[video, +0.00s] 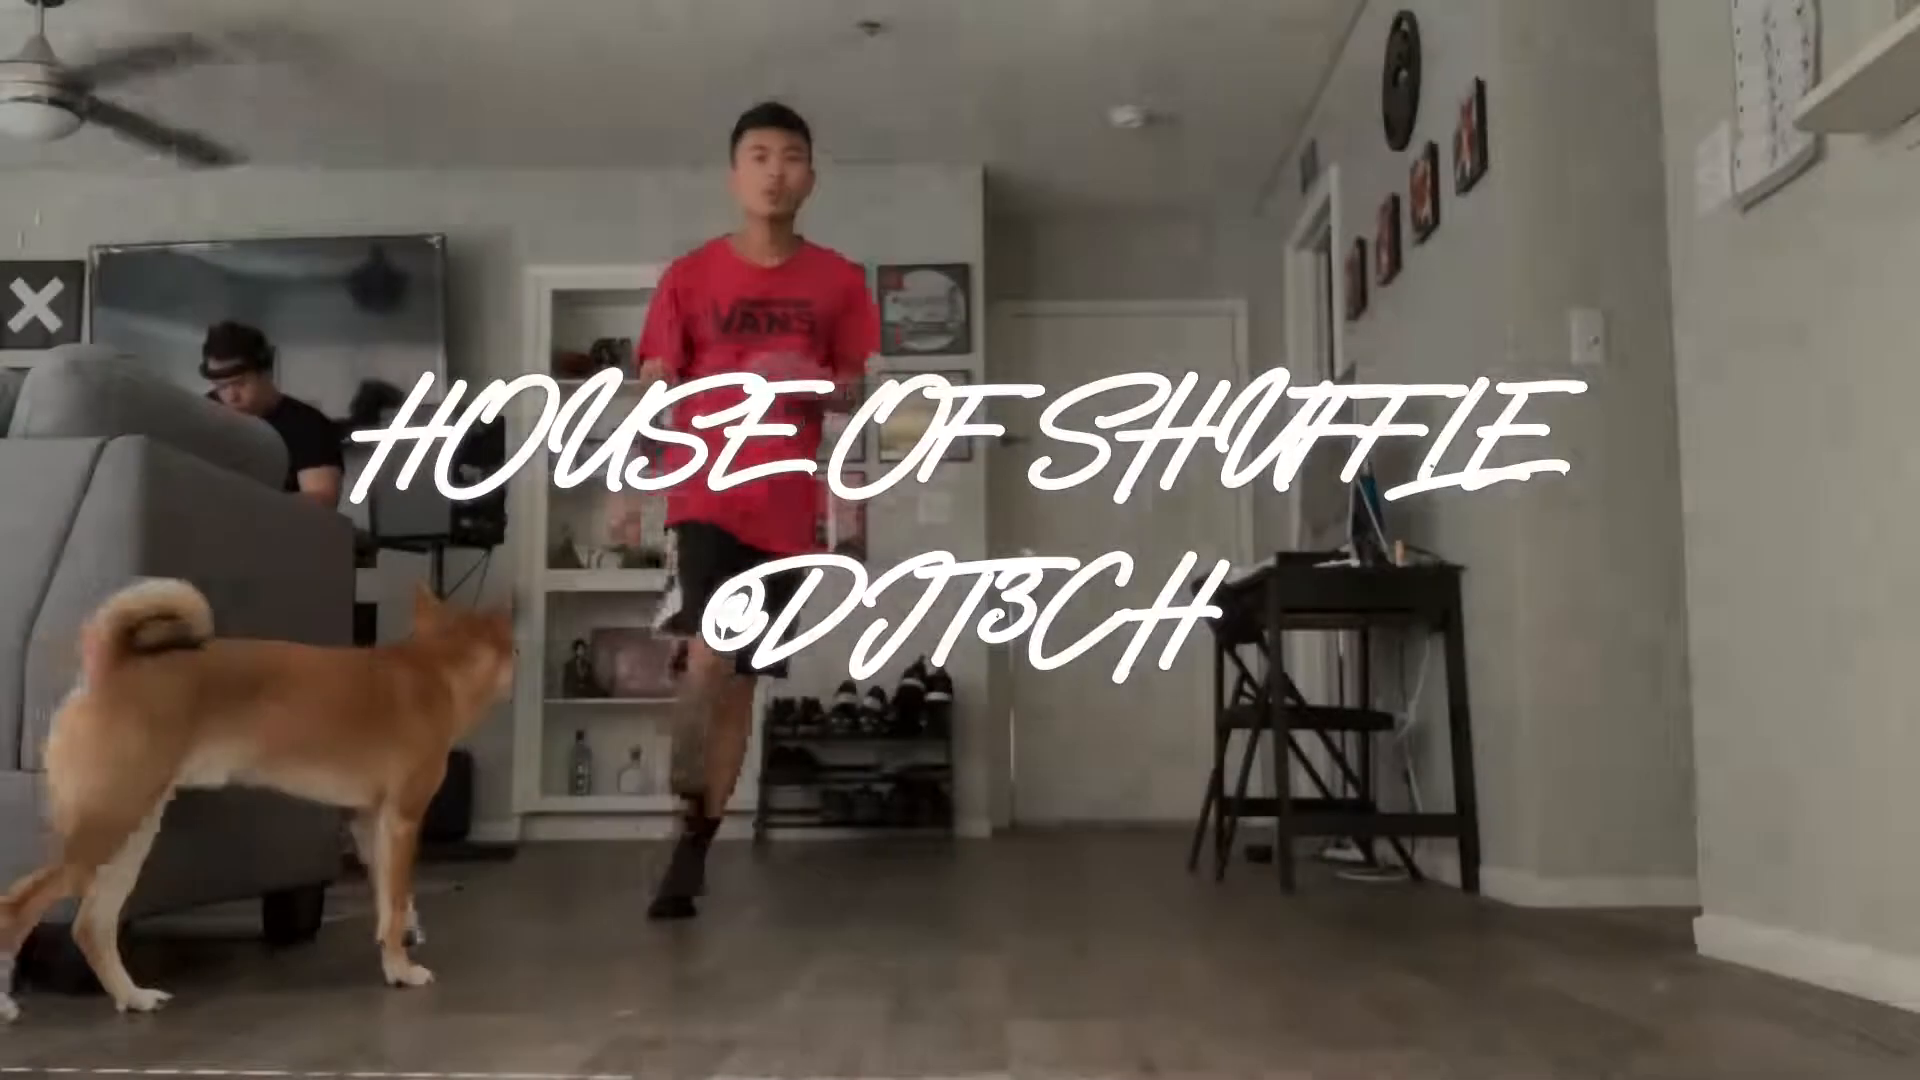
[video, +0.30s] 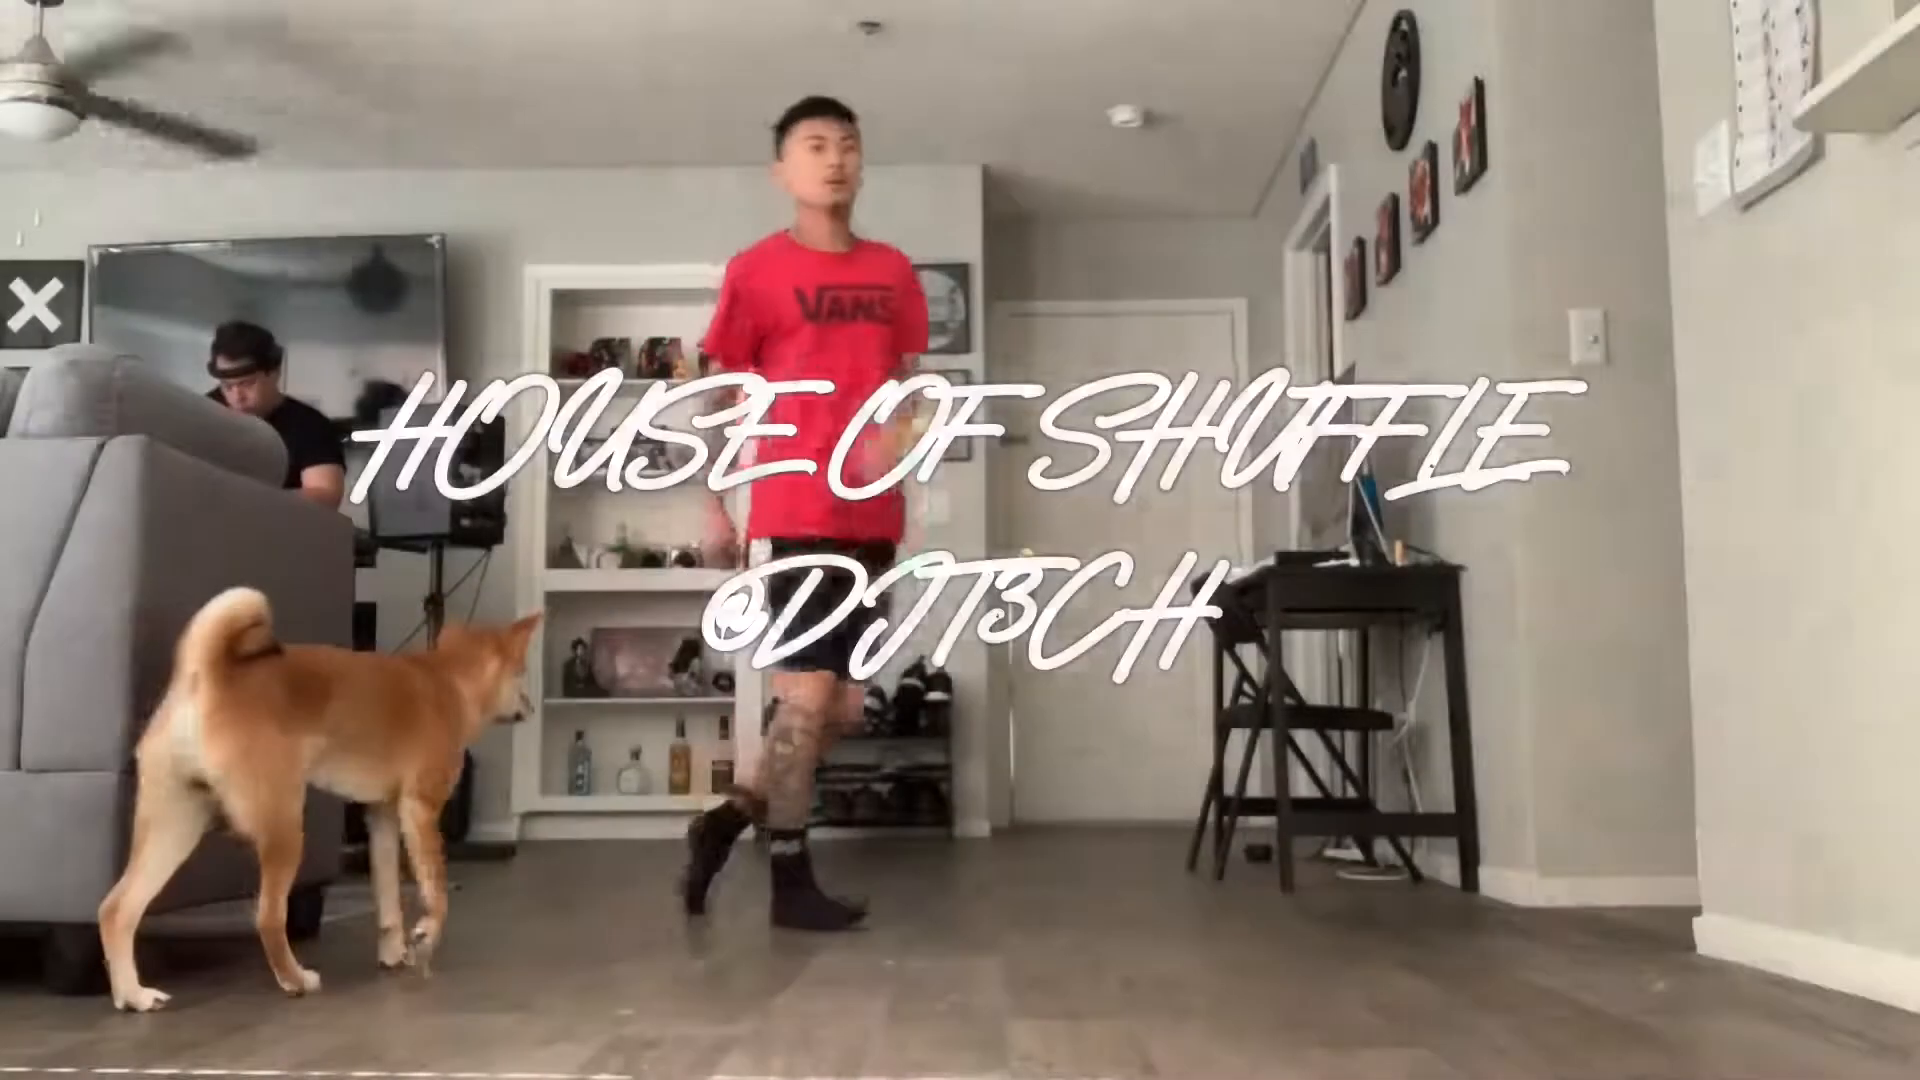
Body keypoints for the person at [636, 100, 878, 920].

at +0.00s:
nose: (776, 170)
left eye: (791, 158)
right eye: (760, 157)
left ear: (811, 177)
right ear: (732, 173)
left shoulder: (839, 281)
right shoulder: (688, 277)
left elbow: (862, 397)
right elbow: (652, 393)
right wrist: (628, 484)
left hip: (793, 503)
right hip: (705, 495)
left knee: (740, 682)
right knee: (709, 657)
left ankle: (695, 850)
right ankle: (691, 824)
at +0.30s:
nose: (836, 158)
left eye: (846, 147)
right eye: (817, 147)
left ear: (862, 167)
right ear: (781, 168)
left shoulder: (892, 270)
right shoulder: (754, 271)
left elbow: (909, 390)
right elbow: (719, 398)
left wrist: (916, 438)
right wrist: (714, 502)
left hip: (873, 510)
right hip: (788, 509)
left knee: (844, 706)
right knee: (802, 690)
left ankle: (725, 823)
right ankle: (791, 880)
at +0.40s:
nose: (885, 160)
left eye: (891, 150)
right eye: (865, 148)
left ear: (898, 176)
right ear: (819, 171)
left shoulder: (924, 282)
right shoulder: (789, 271)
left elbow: (941, 396)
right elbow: (757, 395)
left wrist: (932, 477)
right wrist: (770, 491)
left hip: (902, 522)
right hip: (821, 520)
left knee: (941, 690)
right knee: (839, 695)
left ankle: (812, 785)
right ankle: (797, 882)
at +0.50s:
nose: (935, 147)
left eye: (940, 136)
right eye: (916, 132)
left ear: (941, 162)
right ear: (864, 154)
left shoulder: (946, 267)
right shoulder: (841, 240)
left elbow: (953, 385)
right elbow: (792, 369)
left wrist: (969, 460)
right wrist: (841, 442)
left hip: (948, 516)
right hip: (868, 518)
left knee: (1010, 666)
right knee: (854, 690)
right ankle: (801, 875)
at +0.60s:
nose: (981, 161)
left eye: (982, 150)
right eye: (962, 145)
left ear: (976, 170)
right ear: (908, 162)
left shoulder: (967, 270)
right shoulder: (882, 249)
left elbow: (963, 380)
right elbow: (836, 356)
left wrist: (1001, 441)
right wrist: (914, 418)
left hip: (994, 513)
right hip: (915, 520)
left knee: (1057, 680)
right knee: (906, 693)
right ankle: (807, 868)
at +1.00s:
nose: (968, 119)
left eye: (977, 107)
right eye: (949, 105)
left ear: (985, 134)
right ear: (908, 129)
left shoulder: (983, 245)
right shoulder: (874, 215)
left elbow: (980, 370)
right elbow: (821, 333)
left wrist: (1007, 327)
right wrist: (902, 387)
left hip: (989, 490)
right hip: (912, 487)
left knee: (1026, 660)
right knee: (912, 661)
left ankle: (1016, 849)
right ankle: (822, 844)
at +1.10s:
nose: (939, 127)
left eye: (950, 115)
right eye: (921, 115)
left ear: (965, 137)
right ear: (885, 136)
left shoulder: (972, 252)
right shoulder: (848, 227)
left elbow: (988, 376)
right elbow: (796, 347)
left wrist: (995, 327)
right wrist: (868, 410)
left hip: (963, 496)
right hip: (882, 493)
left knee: (953, 677)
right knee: (887, 670)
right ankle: (814, 851)